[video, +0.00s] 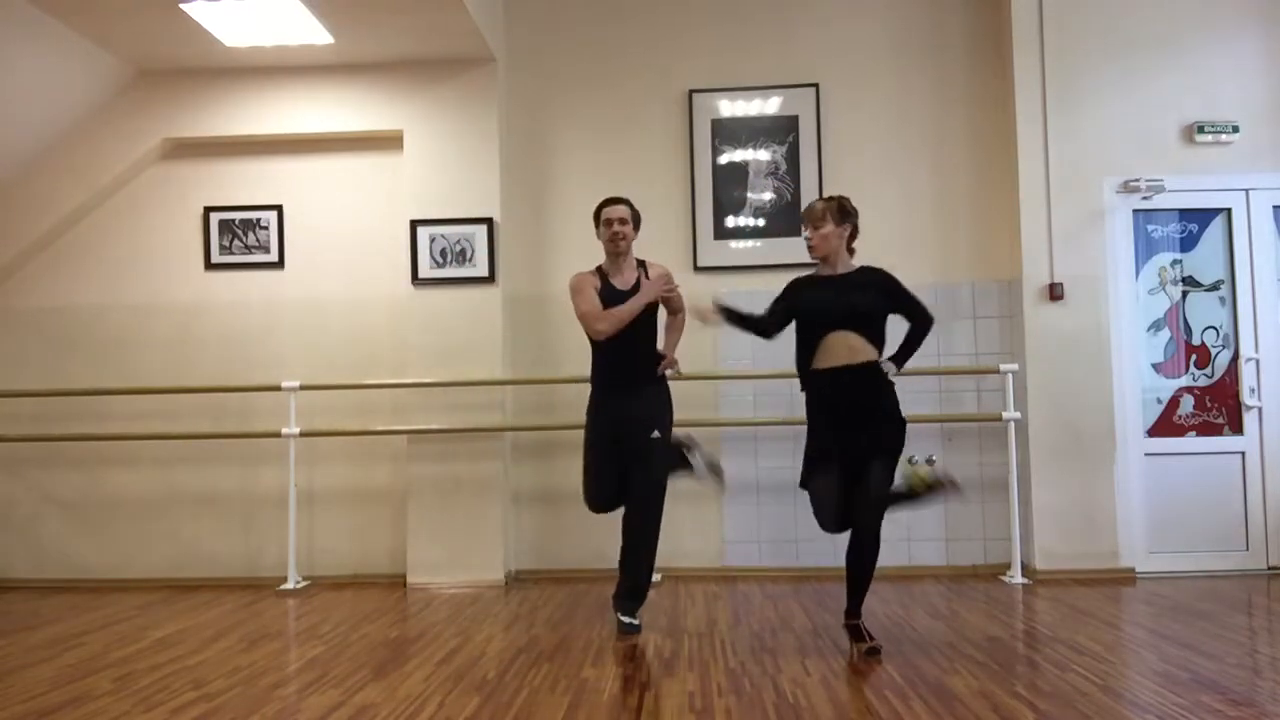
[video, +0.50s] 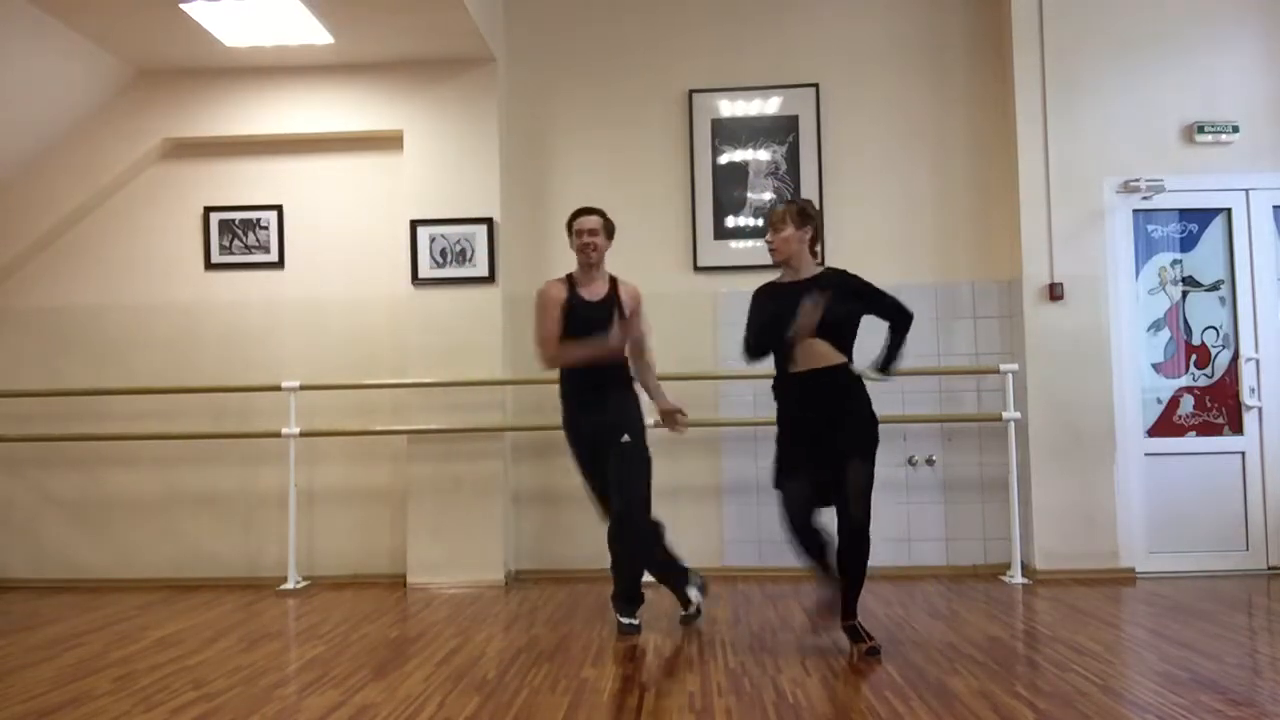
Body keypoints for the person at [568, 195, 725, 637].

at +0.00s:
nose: (616, 229)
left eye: (623, 223)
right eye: (609, 224)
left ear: (636, 230)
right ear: (598, 233)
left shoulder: (655, 275)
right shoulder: (583, 282)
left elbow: (676, 312)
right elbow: (599, 328)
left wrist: (669, 350)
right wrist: (647, 296)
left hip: (650, 399)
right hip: (606, 401)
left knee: (643, 510)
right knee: (600, 498)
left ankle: (628, 605)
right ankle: (673, 455)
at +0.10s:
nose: (615, 231)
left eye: (622, 224)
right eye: (608, 225)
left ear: (635, 231)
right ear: (597, 234)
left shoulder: (652, 278)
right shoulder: (581, 283)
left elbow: (672, 315)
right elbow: (597, 329)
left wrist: (667, 352)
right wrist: (644, 297)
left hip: (649, 402)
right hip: (606, 404)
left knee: (643, 506)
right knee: (613, 501)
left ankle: (627, 604)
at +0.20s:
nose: (613, 236)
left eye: (620, 229)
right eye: (605, 230)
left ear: (632, 236)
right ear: (594, 238)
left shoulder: (650, 281)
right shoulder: (579, 288)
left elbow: (671, 319)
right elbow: (594, 333)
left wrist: (666, 356)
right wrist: (641, 300)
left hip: (648, 404)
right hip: (605, 409)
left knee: (642, 506)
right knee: (634, 507)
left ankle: (627, 604)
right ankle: (696, 583)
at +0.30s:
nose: (608, 238)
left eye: (615, 231)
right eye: (600, 232)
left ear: (627, 238)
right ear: (589, 240)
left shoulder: (643, 283)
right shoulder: (573, 289)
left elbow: (667, 319)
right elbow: (589, 334)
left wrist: (663, 359)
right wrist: (636, 300)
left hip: (643, 406)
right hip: (601, 413)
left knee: (639, 508)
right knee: (634, 509)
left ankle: (627, 604)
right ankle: (696, 584)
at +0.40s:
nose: (598, 241)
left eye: (605, 234)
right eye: (590, 235)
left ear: (617, 241)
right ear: (579, 243)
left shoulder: (632, 287)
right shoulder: (561, 290)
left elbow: (655, 327)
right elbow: (575, 336)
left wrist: (656, 373)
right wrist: (625, 305)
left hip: (633, 407)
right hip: (591, 415)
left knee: (633, 508)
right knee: (633, 508)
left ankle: (627, 604)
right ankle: (694, 586)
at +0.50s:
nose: (587, 241)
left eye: (595, 234)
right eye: (580, 235)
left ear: (609, 241)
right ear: (571, 242)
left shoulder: (626, 295)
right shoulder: (553, 293)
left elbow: (640, 356)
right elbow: (549, 355)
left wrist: (661, 402)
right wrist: (608, 345)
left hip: (623, 411)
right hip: (581, 417)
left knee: (630, 510)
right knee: (621, 512)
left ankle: (626, 604)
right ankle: (683, 583)